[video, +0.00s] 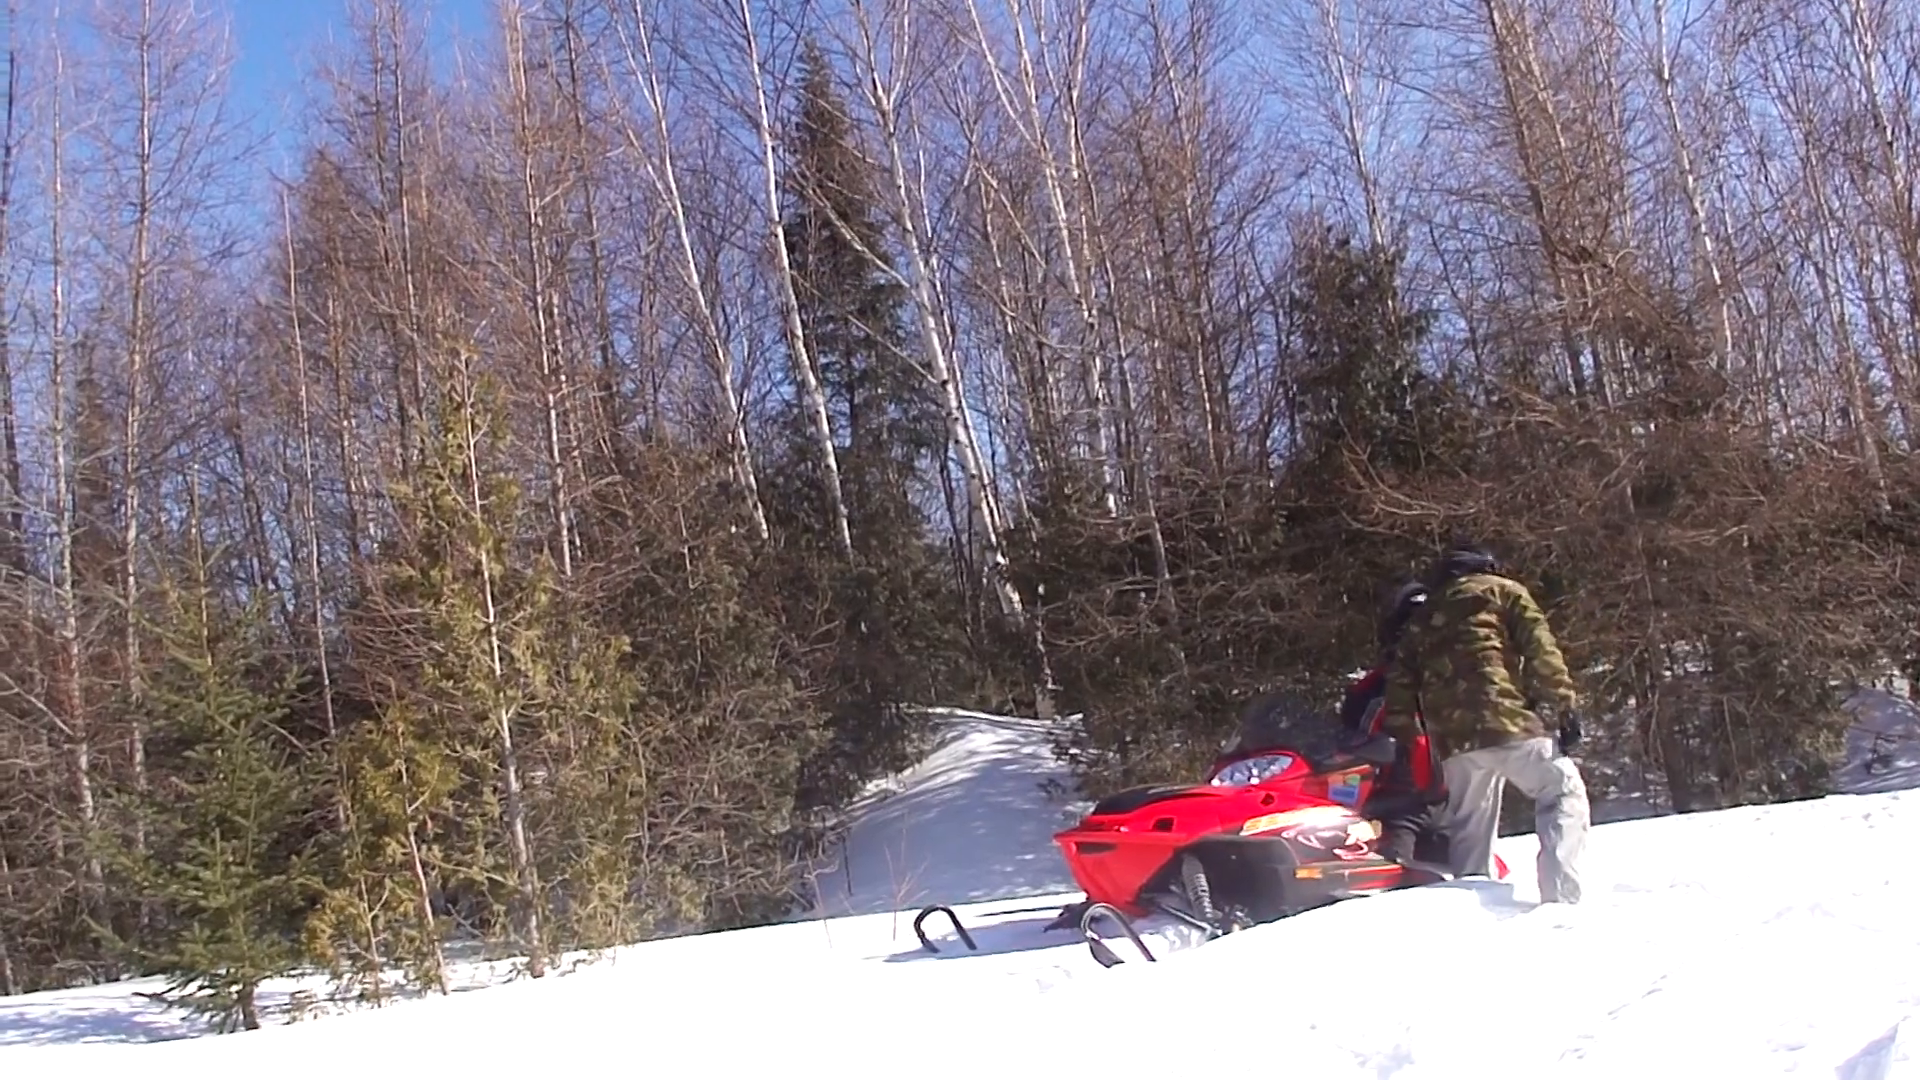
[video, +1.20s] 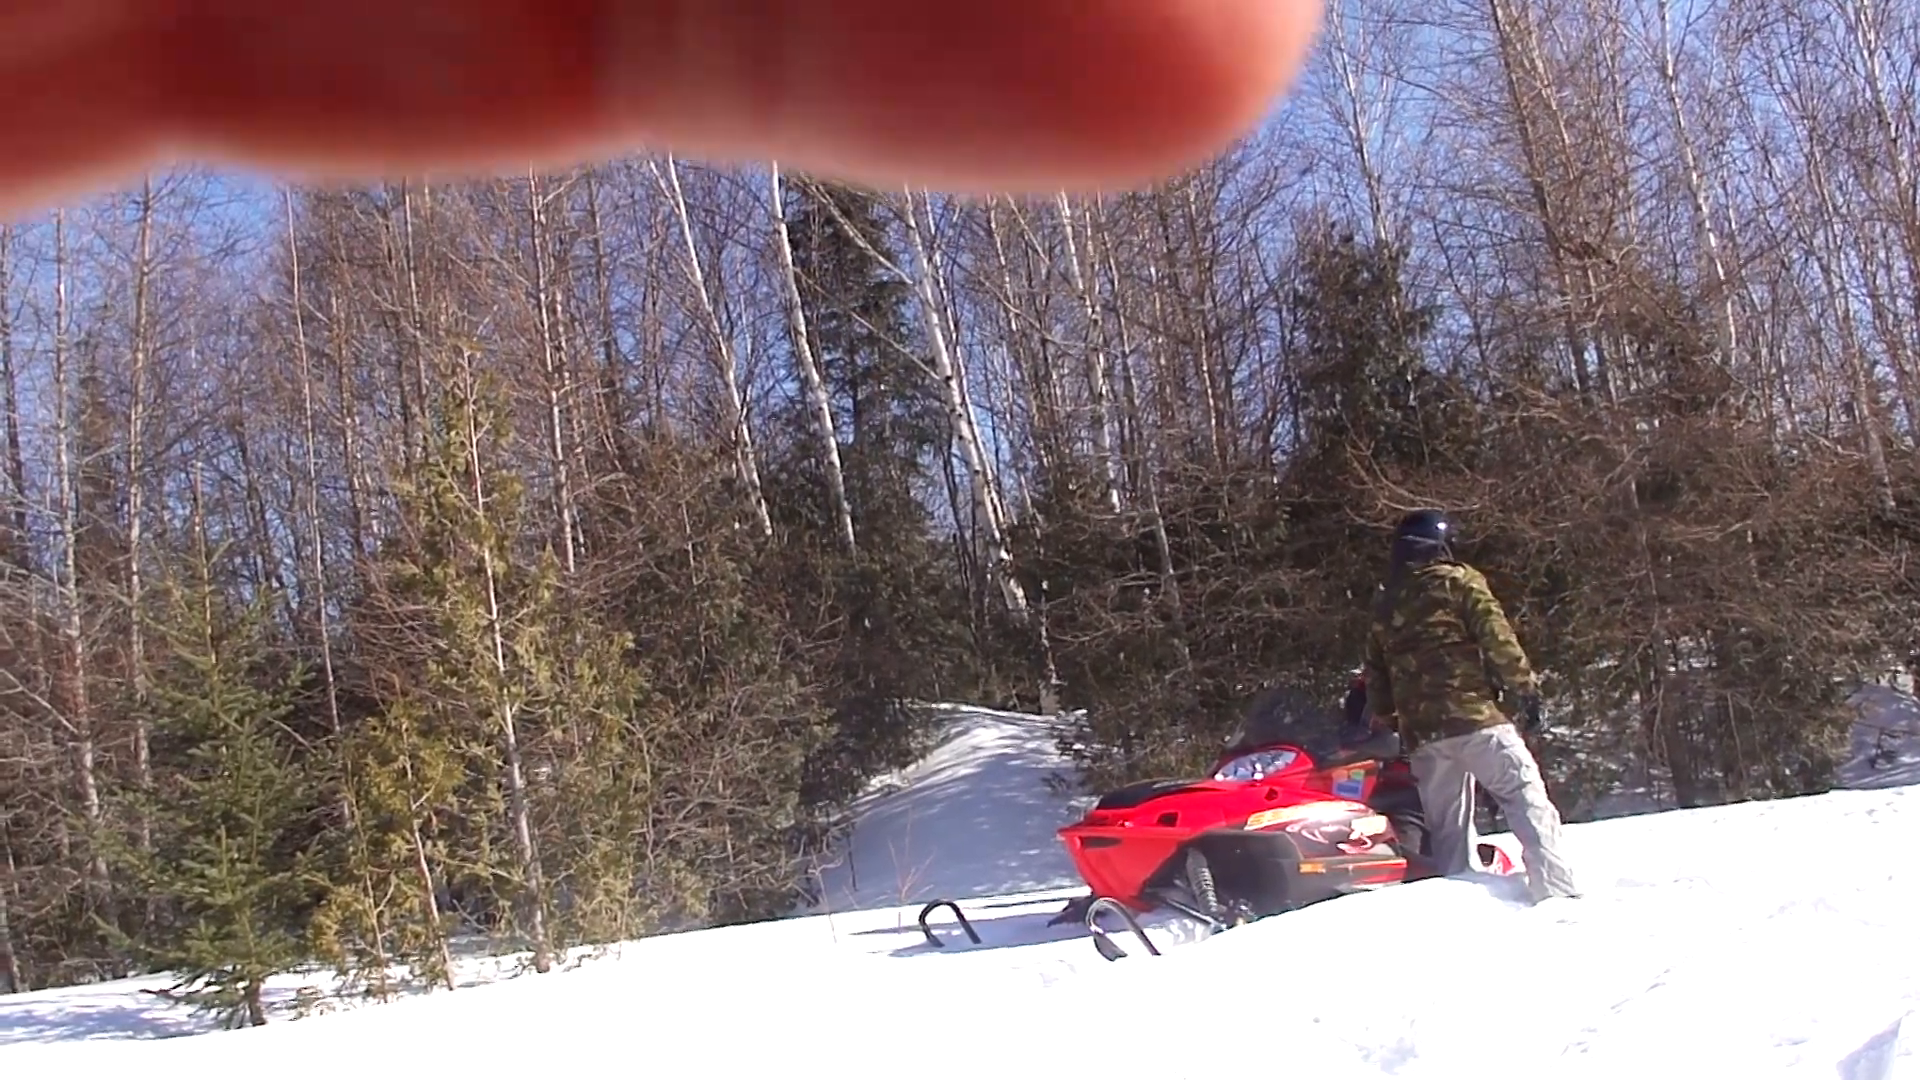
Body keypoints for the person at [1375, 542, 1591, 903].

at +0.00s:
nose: (1499, 573)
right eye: (1494, 567)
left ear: (1445, 573)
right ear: (1487, 567)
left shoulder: (1422, 613)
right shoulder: (1504, 590)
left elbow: (1400, 678)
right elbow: (1540, 649)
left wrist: (1403, 737)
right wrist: (1565, 706)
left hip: (1454, 739)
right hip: (1507, 726)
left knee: (1468, 835)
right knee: (1562, 790)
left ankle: (1468, 912)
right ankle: (1560, 896)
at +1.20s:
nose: (1453, 548)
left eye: (1449, 543)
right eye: (1449, 542)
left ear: (1401, 549)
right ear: (1441, 544)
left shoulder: (1385, 600)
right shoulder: (1460, 579)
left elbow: (1376, 674)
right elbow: (1496, 638)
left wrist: (1393, 717)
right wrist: (1526, 689)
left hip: (1421, 731)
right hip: (1474, 717)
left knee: (1446, 830)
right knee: (1523, 792)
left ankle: (1456, 908)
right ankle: (1554, 889)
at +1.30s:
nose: (1444, 488)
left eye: (1441, 483)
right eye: (1440, 483)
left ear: (1394, 489)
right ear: (1433, 485)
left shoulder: (1376, 540)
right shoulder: (1451, 520)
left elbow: (1368, 613)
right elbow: (1487, 580)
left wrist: (1384, 655)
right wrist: (1516, 627)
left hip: (1412, 669)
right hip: (1466, 655)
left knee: (1436, 768)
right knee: (1514, 731)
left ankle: (1444, 844)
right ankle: (1543, 827)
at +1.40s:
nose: (1409, 386)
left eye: (1406, 380)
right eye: (1405, 380)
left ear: (1355, 387)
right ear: (1398, 382)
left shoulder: (1341, 439)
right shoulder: (1417, 418)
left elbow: (1333, 509)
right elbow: (1452, 478)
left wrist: (1349, 551)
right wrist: (1480, 526)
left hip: (1376, 566)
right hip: (1431, 552)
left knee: (1400, 664)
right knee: (1478, 626)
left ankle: (1409, 741)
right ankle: (1506, 723)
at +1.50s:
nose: (1361, 264)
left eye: (1357, 259)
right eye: (1358, 258)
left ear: (1309, 266)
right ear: (1351, 261)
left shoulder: (1295, 321)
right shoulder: (1372, 299)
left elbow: (1289, 394)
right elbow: (1409, 359)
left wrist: (1306, 435)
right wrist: (1438, 407)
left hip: (1335, 449)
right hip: (1389, 433)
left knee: (1358, 548)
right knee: (1436, 510)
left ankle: (1367, 625)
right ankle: (1462, 603)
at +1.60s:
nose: (1337, 206)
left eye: (1333, 200)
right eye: (1332, 200)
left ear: (1286, 211)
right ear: (1325, 205)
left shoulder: (1271, 268)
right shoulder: (1349, 244)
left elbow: (1266, 344)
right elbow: (1387, 303)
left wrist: (1289, 385)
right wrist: (1418, 352)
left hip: (1315, 394)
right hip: (1369, 378)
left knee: (1336, 494)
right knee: (1414, 457)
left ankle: (1342, 571)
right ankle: (1440, 547)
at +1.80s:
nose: (1326, 227)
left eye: (1322, 221)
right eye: (1322, 221)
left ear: (1276, 230)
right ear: (1317, 224)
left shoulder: (1260, 289)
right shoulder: (1338, 268)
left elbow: (1255, 360)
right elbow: (1375, 327)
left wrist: (1266, 403)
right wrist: (1405, 377)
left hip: (1303, 422)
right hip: (1359, 405)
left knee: (1325, 524)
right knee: (1405, 490)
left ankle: (1335, 601)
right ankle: (1434, 579)